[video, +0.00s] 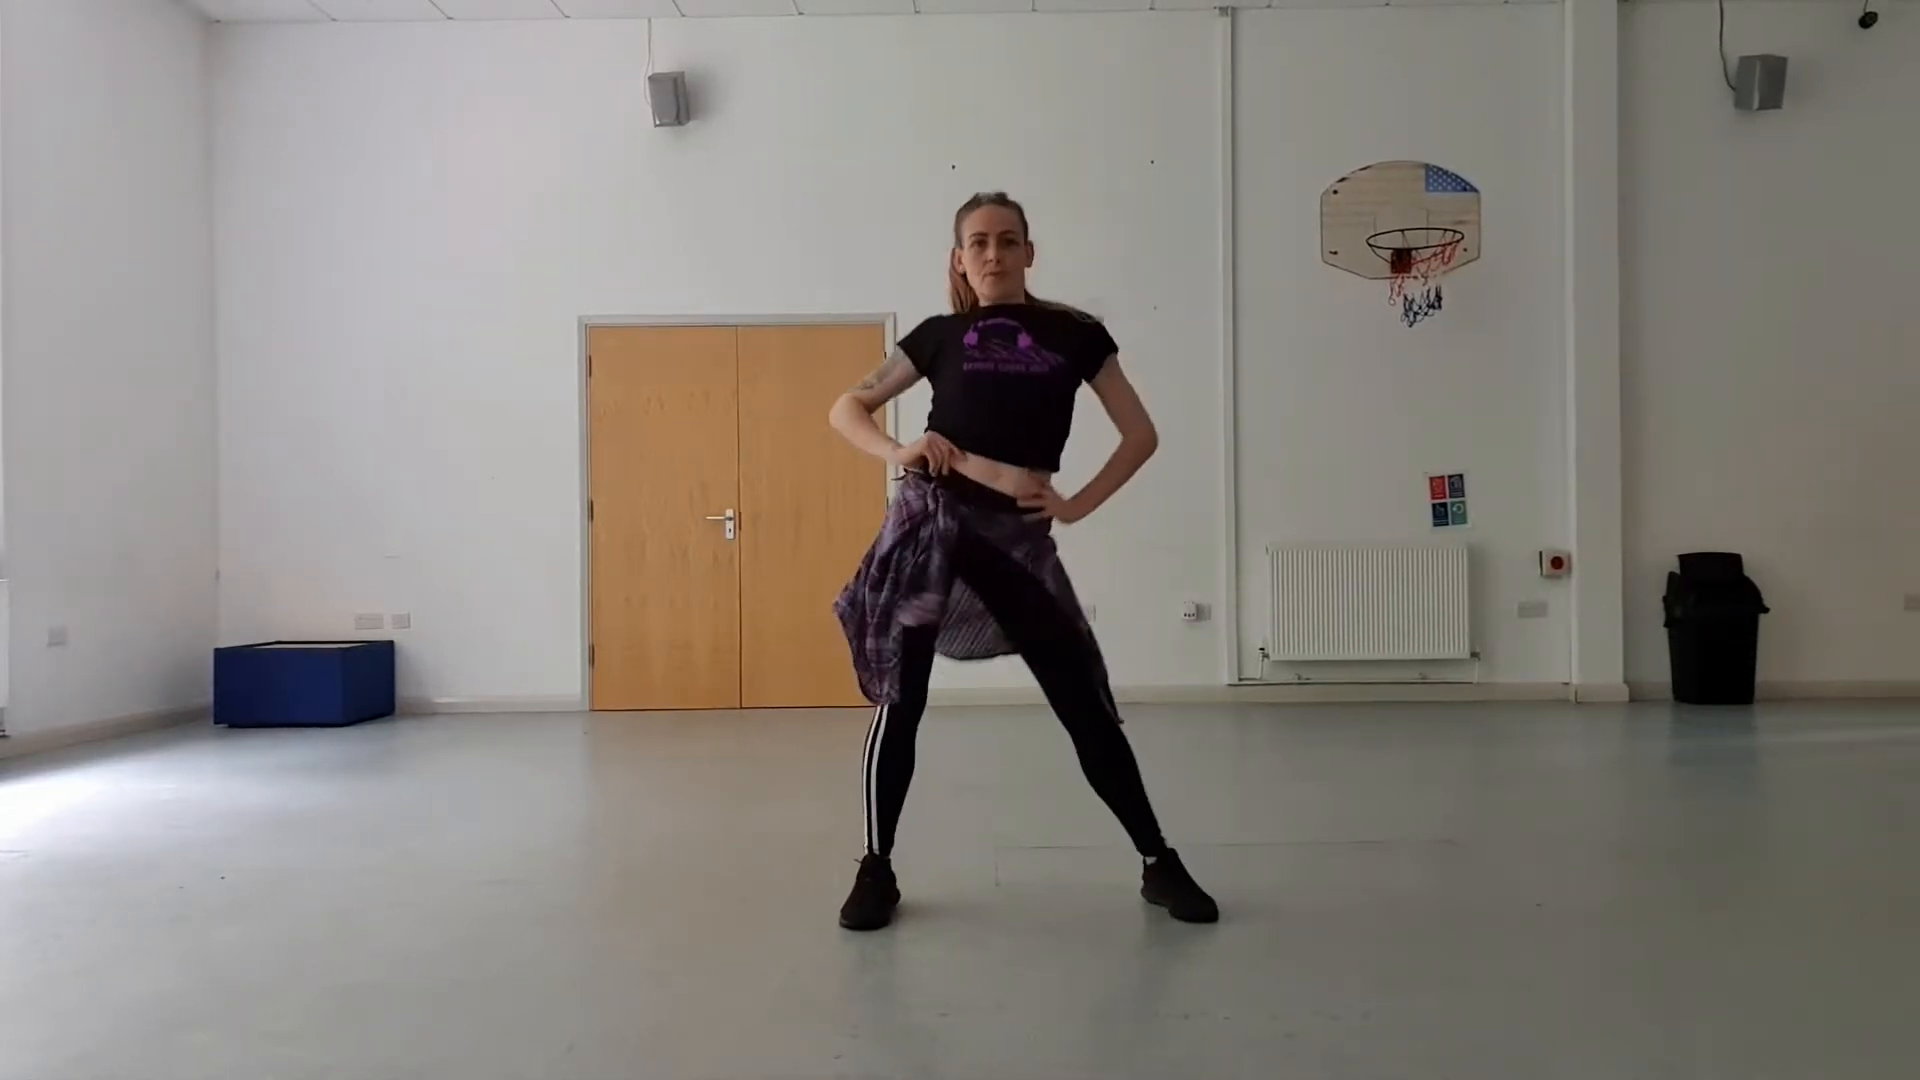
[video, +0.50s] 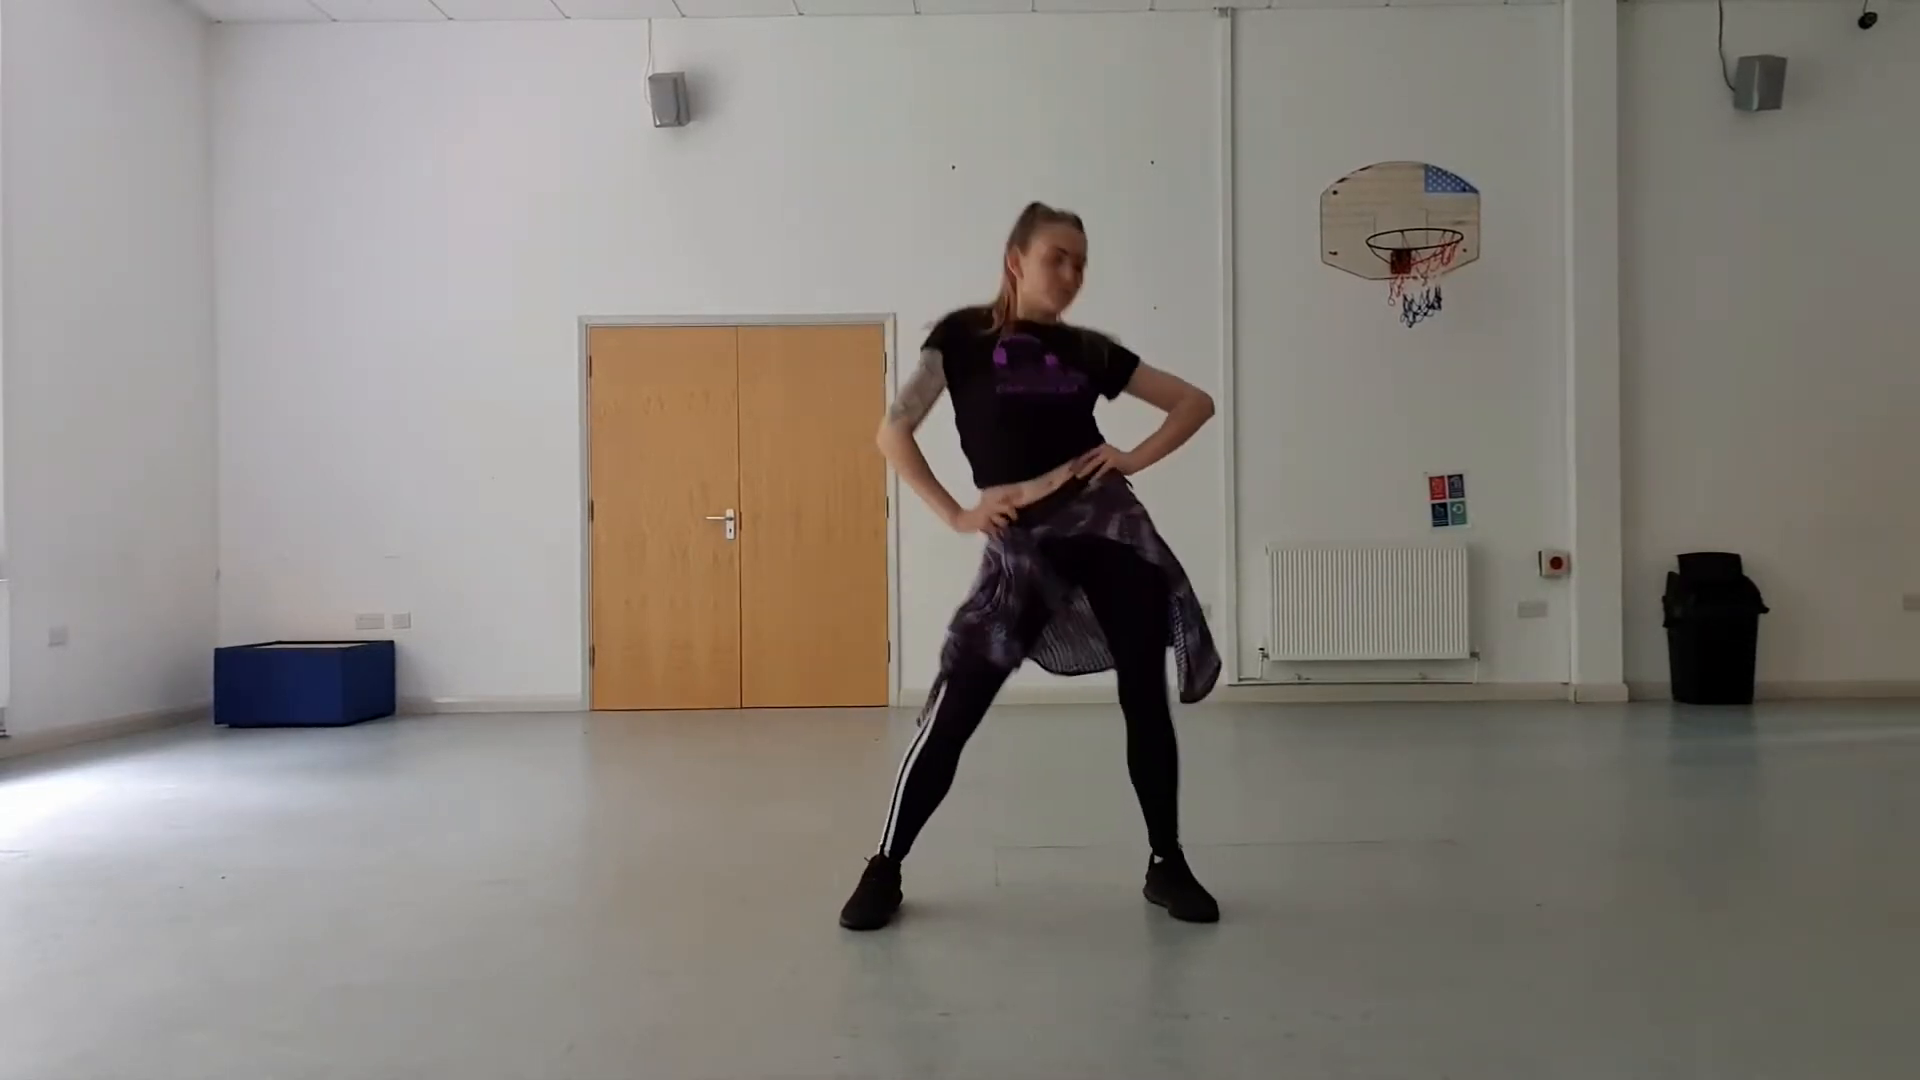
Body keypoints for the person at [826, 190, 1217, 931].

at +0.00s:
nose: (992, 253)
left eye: (1005, 241)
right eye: (978, 242)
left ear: (1029, 251)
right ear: (958, 258)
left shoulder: (1075, 335)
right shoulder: (939, 337)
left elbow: (1140, 436)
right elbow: (847, 409)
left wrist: (1080, 504)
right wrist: (894, 451)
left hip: (1017, 533)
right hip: (928, 524)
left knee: (1086, 704)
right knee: (901, 699)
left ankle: (1160, 863)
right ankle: (875, 867)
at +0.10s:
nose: (1020, 245)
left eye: (1032, 234)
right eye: (1006, 229)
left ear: (1042, 244)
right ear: (969, 235)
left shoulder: (1069, 322)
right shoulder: (933, 316)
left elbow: (1157, 405)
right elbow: (847, 393)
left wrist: (1095, 468)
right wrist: (901, 454)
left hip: (1041, 524)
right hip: (950, 521)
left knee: (1102, 697)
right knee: (916, 699)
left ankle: (1165, 861)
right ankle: (876, 867)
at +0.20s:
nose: (1052, 255)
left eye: (1060, 244)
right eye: (1040, 239)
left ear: (1060, 250)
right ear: (994, 235)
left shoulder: (1067, 324)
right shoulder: (931, 308)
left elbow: (1177, 387)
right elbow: (861, 394)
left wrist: (1109, 448)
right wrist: (920, 476)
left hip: (1068, 518)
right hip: (978, 523)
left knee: (1125, 693)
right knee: (930, 700)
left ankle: (1166, 859)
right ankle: (879, 865)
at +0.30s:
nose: (1068, 274)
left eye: (1076, 263)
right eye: (1058, 257)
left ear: (1075, 271)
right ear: (1013, 250)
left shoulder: (1071, 341)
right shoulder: (950, 323)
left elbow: (1188, 391)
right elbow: (880, 415)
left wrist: (1120, 443)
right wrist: (941, 502)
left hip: (1098, 528)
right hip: (1008, 535)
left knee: (1141, 696)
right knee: (945, 712)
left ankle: (1169, 862)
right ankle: (881, 867)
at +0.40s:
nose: (1079, 293)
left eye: (1086, 282)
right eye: (1068, 276)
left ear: (1086, 288)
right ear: (1022, 269)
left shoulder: (1081, 361)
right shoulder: (958, 348)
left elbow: (1198, 403)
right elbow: (901, 448)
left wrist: (1135, 460)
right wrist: (963, 531)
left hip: (1115, 538)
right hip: (1028, 554)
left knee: (1153, 707)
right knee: (961, 718)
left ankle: (1168, 865)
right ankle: (885, 869)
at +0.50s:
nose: (1071, 275)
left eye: (1079, 265)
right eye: (1059, 259)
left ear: (1082, 275)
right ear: (1015, 260)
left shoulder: (1084, 350)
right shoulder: (961, 338)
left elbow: (1194, 404)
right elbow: (894, 431)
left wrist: (1135, 459)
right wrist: (955, 516)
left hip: (1108, 534)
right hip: (1022, 545)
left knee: (1145, 696)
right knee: (955, 708)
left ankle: (1167, 862)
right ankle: (883, 867)